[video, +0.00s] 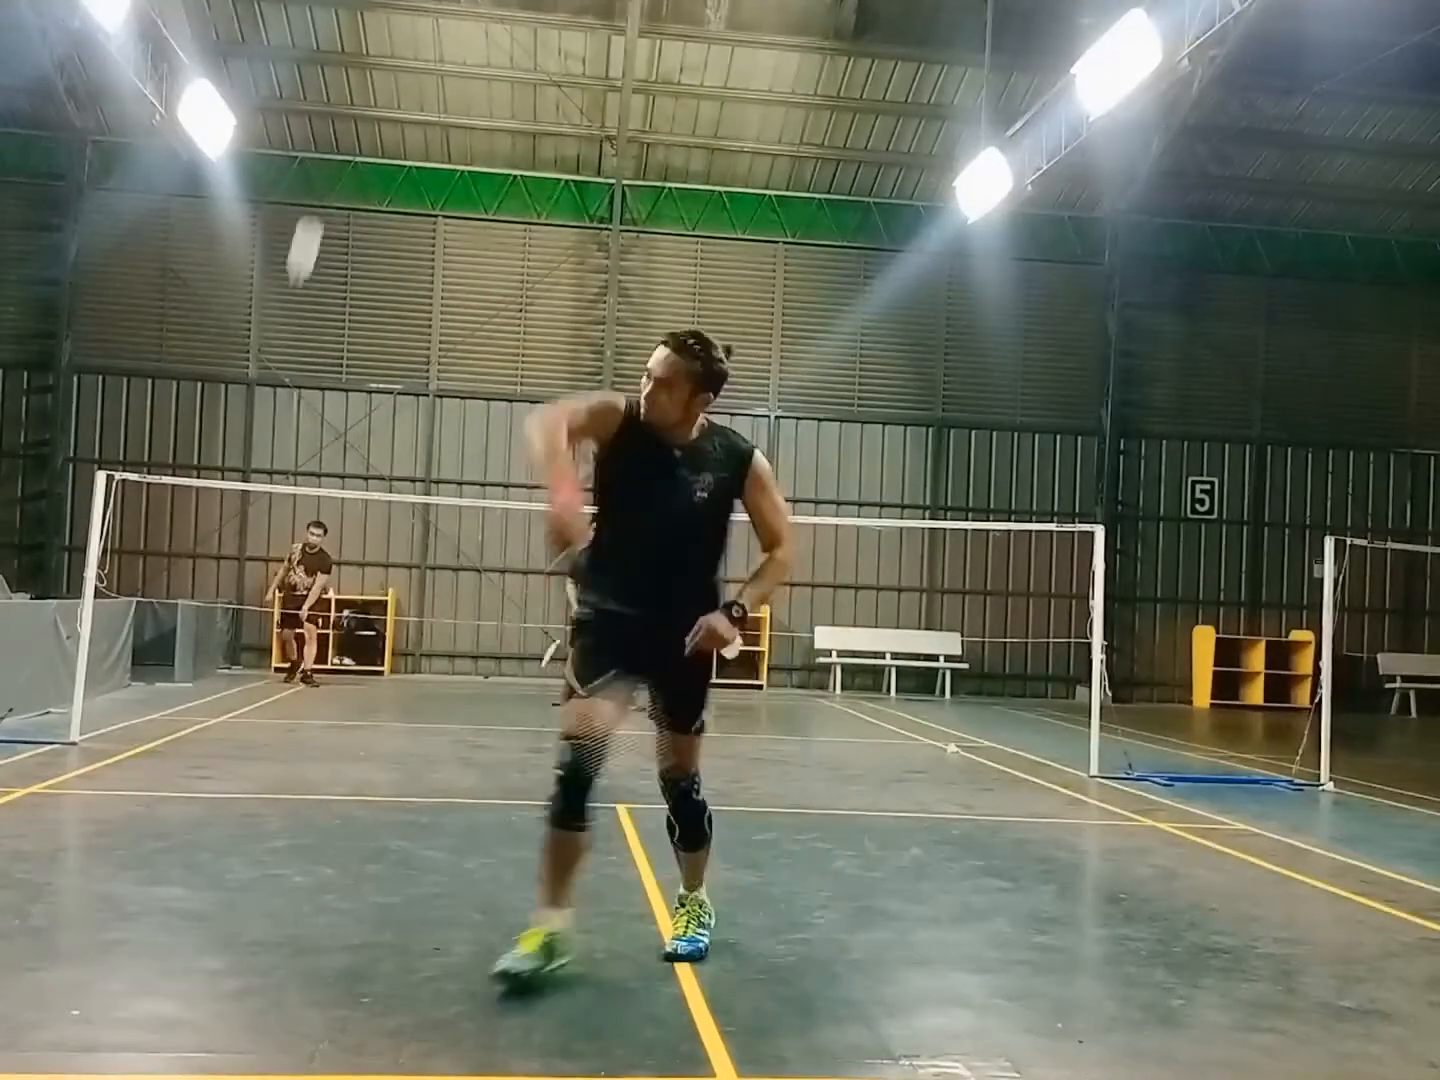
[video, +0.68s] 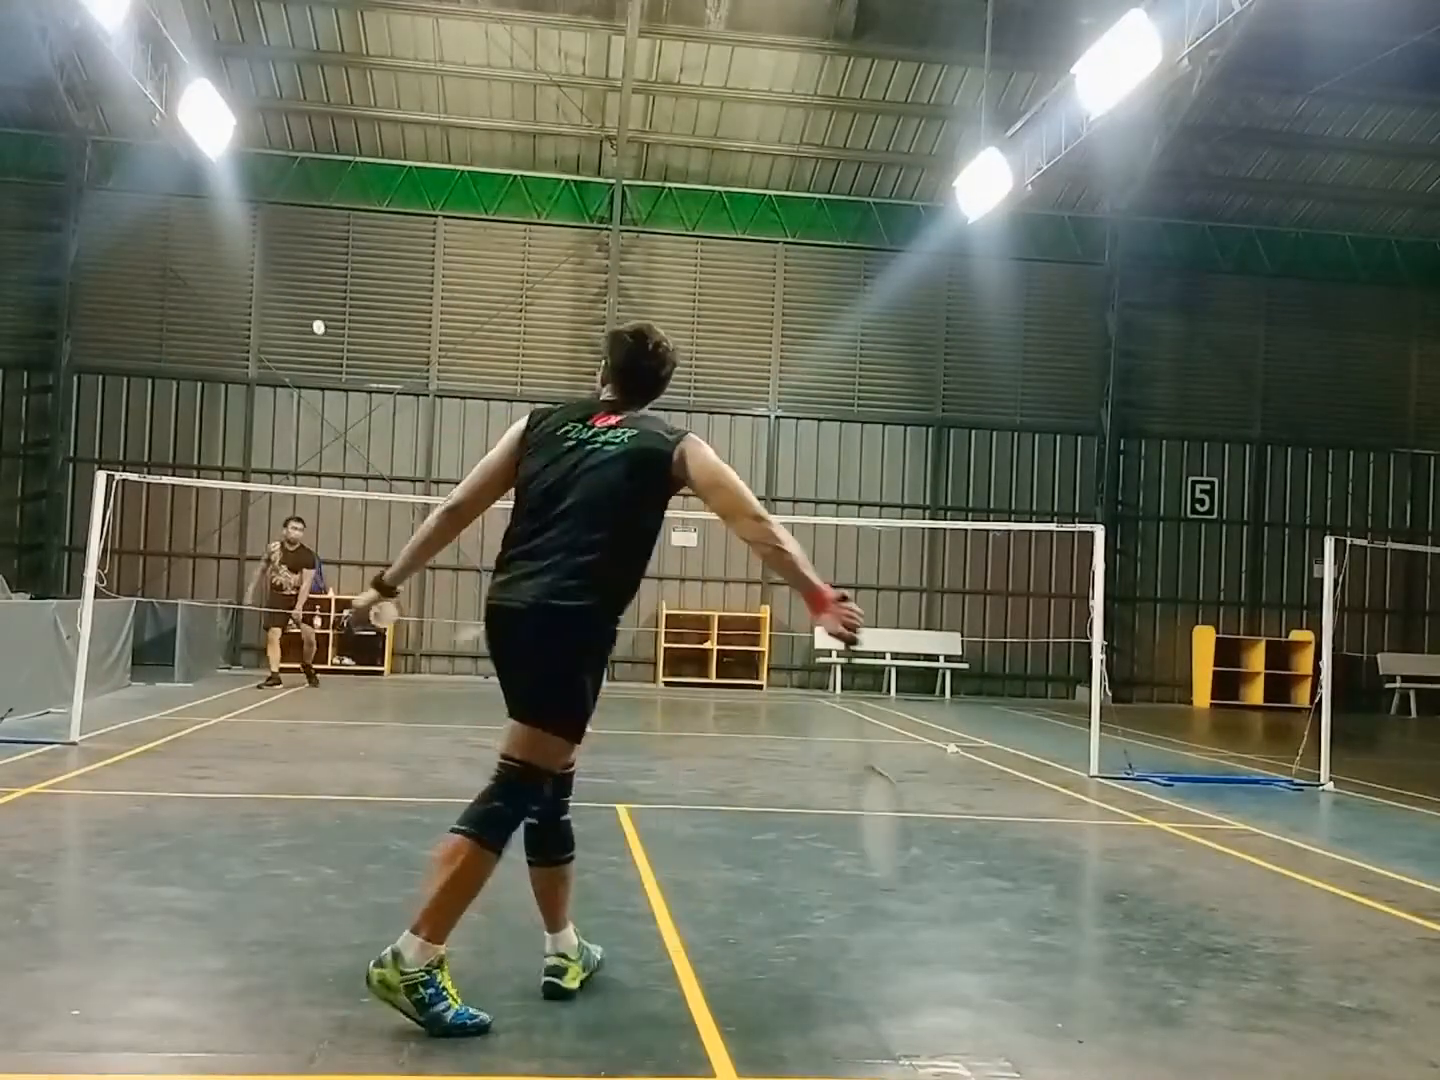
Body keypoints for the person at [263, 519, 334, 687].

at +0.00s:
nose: (313, 538)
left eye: (318, 536)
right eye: (312, 534)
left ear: (323, 538)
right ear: (306, 533)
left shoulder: (325, 560)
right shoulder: (295, 550)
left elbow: (318, 586)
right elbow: (283, 570)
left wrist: (306, 607)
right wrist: (271, 591)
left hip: (312, 598)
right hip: (292, 597)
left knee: (310, 634)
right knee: (286, 635)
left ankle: (307, 671)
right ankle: (294, 662)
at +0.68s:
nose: (296, 533)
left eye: (300, 530)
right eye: (293, 528)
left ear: (303, 533)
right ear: (284, 530)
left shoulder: (308, 556)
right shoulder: (273, 549)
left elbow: (306, 584)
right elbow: (260, 570)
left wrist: (298, 607)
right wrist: (250, 591)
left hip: (299, 598)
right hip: (277, 597)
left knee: (310, 638)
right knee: (273, 635)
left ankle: (307, 666)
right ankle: (274, 674)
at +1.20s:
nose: (252, 531)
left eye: (257, 527)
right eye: (249, 527)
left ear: (266, 529)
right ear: (247, 528)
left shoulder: (269, 551)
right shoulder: (253, 549)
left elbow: (264, 581)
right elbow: (245, 570)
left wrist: (256, 602)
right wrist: (246, 585)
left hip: (269, 596)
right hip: (255, 593)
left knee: (265, 634)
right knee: (232, 625)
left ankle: (268, 676)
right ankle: (247, 661)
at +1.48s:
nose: (230, 531)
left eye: (234, 528)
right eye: (227, 527)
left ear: (243, 530)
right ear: (224, 529)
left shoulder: (245, 550)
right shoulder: (231, 548)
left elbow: (241, 578)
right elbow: (228, 569)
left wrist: (231, 601)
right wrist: (220, 580)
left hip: (244, 594)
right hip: (229, 591)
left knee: (242, 635)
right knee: (215, 633)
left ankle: (261, 672)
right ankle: (214, 673)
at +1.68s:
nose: (220, 528)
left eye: (225, 525)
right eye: (217, 524)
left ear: (233, 528)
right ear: (213, 525)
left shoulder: (233, 550)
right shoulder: (214, 545)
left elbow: (227, 578)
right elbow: (208, 567)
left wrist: (217, 600)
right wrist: (202, 585)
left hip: (233, 589)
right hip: (217, 588)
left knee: (224, 620)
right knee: (211, 631)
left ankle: (227, 659)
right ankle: (214, 672)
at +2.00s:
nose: (216, 531)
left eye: (220, 528)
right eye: (213, 526)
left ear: (225, 530)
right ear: (205, 526)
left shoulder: (227, 553)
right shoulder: (197, 545)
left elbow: (220, 583)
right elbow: (191, 569)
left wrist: (210, 606)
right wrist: (184, 592)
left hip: (219, 598)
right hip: (200, 596)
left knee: (212, 637)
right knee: (204, 639)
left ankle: (206, 676)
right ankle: (213, 672)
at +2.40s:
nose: (214, 528)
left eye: (219, 525)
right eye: (211, 523)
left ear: (222, 528)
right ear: (201, 523)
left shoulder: (224, 552)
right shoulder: (190, 539)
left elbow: (218, 582)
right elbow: (174, 559)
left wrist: (208, 605)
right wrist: (164, 582)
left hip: (213, 596)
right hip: (190, 593)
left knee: (209, 635)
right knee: (179, 633)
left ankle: (204, 678)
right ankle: (192, 664)